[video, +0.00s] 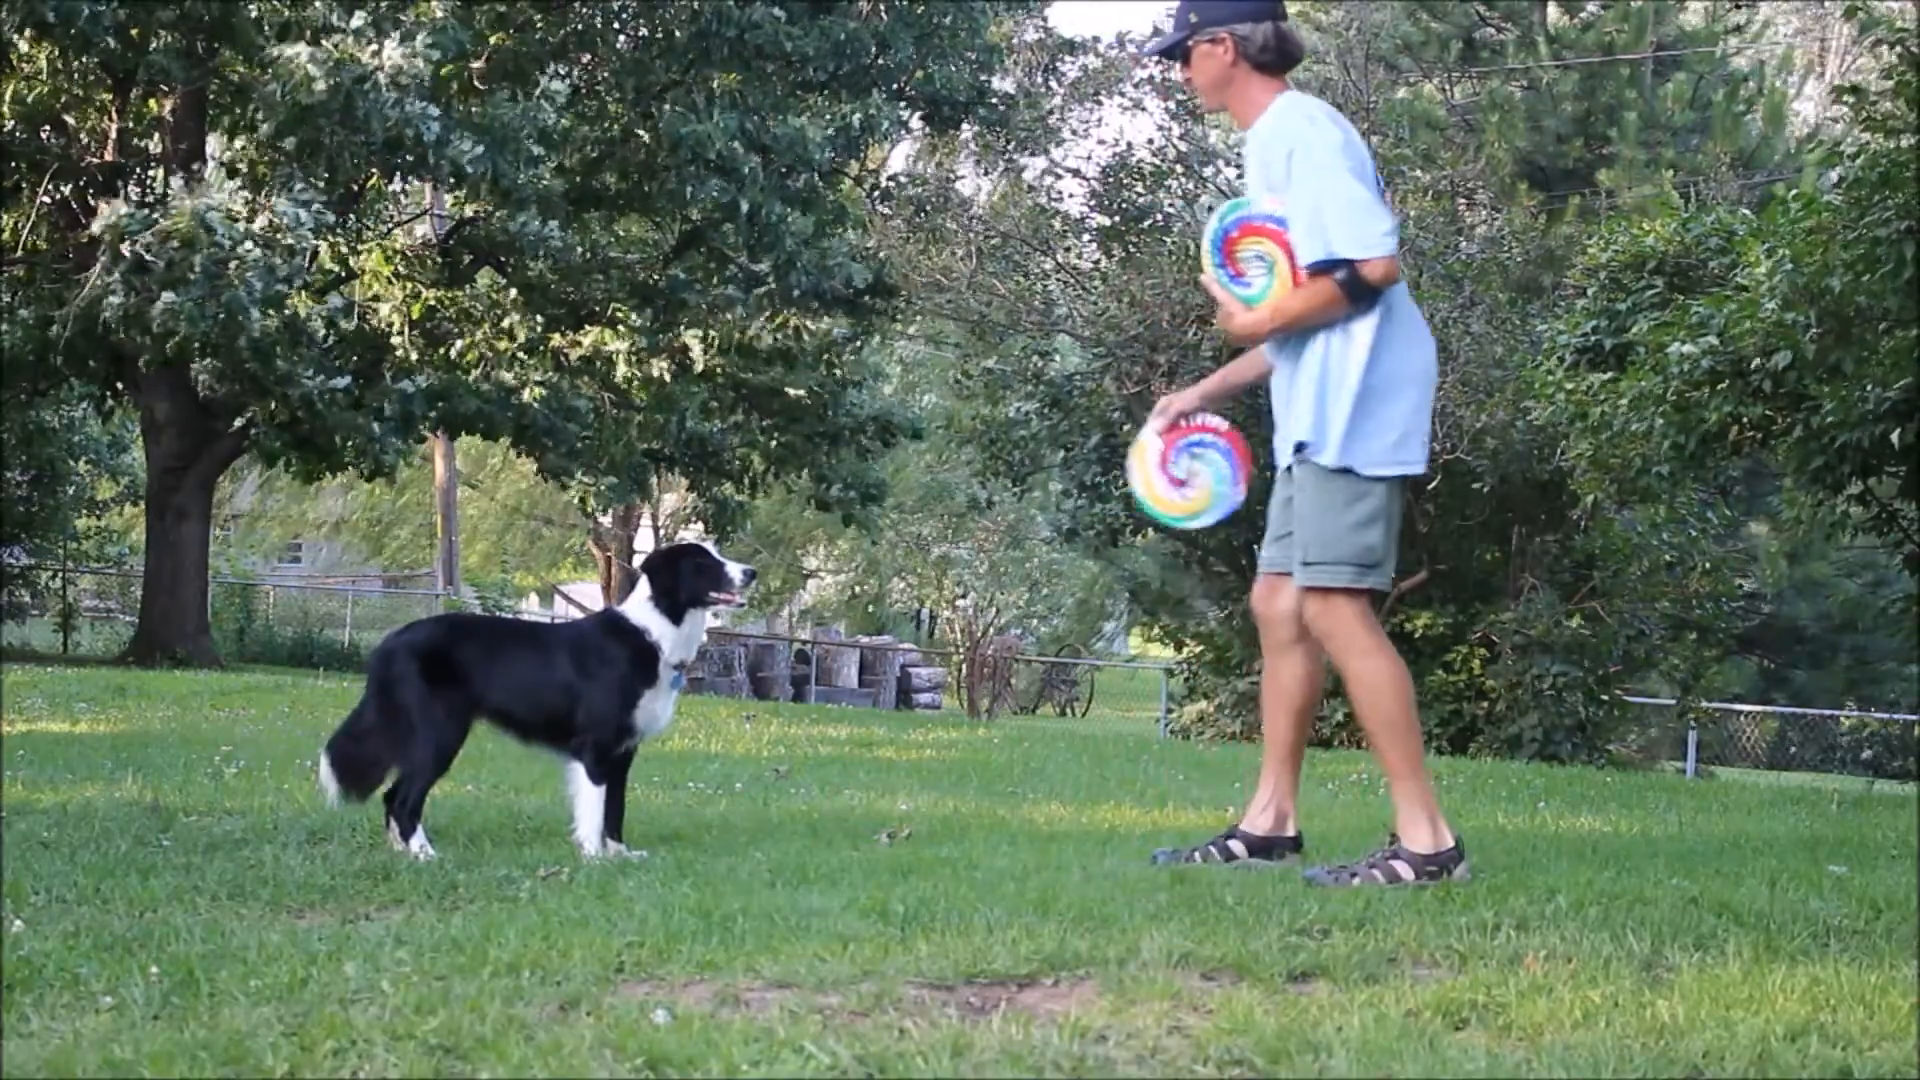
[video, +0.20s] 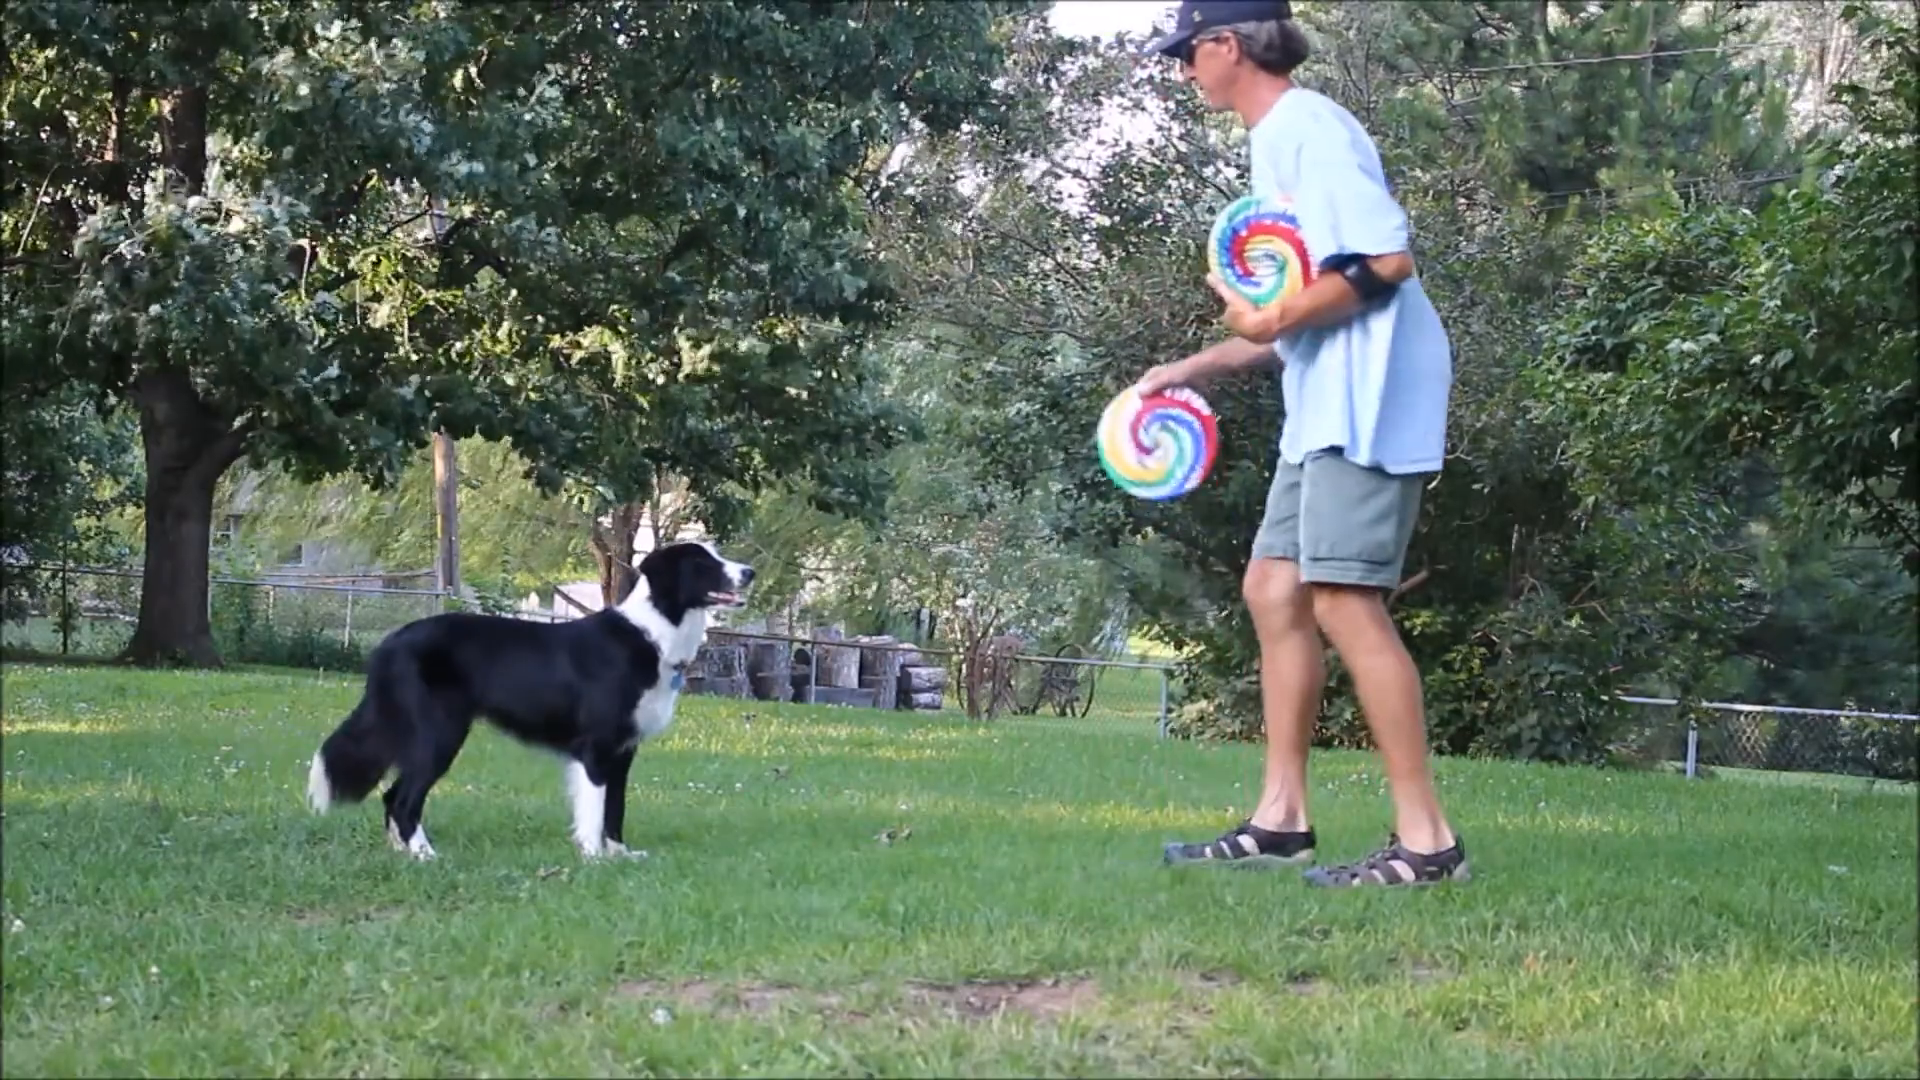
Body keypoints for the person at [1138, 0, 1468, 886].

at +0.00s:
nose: (1183, 72)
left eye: (1188, 53)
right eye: (1182, 57)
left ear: (1229, 50)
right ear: (1235, 51)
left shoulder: (1302, 128)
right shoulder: (1270, 146)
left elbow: (1373, 264)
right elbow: (1302, 319)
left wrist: (1259, 320)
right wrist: (1198, 394)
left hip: (1360, 411)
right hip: (1319, 413)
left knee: (1333, 607)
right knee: (1277, 601)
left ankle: (1426, 840)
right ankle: (1270, 822)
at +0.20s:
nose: (1186, 70)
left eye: (1191, 51)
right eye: (1185, 56)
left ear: (1232, 48)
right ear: (1237, 51)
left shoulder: (1310, 127)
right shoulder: (1273, 147)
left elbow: (1383, 261)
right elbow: (1296, 316)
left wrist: (1276, 317)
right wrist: (1188, 369)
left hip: (1373, 402)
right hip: (1327, 404)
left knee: (1345, 601)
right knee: (1273, 588)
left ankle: (1426, 841)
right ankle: (1280, 819)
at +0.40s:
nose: (1165, 92)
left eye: (1168, 73)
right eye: (1162, 77)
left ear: (1205, 66)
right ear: (1215, 67)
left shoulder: (1287, 142)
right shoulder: (1252, 165)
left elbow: (1367, 267)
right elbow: (1281, 335)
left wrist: (1257, 331)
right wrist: (1177, 397)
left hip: (1360, 410)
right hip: (1314, 411)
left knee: (1319, 604)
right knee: (1256, 596)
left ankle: (1424, 840)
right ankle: (1278, 826)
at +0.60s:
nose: (1129, 121)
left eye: (1131, 101)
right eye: (1125, 105)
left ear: (1170, 90)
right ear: (1176, 91)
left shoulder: (1253, 155)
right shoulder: (1228, 180)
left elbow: (1347, 270)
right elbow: (1279, 355)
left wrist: (1250, 346)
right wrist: (1197, 441)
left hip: (1356, 407)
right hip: (1313, 413)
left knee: (1296, 598)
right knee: (1246, 594)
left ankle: (1418, 831)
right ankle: (1278, 827)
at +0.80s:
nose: (1113, 152)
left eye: (1115, 132)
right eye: (1110, 135)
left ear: (1153, 121)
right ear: (1159, 121)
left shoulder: (1235, 172)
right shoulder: (1215, 204)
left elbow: (1340, 271)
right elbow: (1274, 379)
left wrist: (1251, 357)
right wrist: (1172, 451)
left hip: (1363, 403)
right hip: (1329, 411)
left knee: (1267, 595)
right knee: (1248, 602)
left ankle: (1391, 812)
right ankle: (1279, 825)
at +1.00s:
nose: (1107, 161)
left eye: (1109, 142)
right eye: (1104, 146)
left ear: (1148, 131)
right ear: (1153, 132)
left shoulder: (1233, 183)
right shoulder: (1216, 201)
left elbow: (1341, 276)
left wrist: (1258, 366)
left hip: (1350, 421)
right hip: (1320, 422)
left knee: (1257, 606)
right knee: (1236, 606)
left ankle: (1334, 841)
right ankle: (1277, 826)